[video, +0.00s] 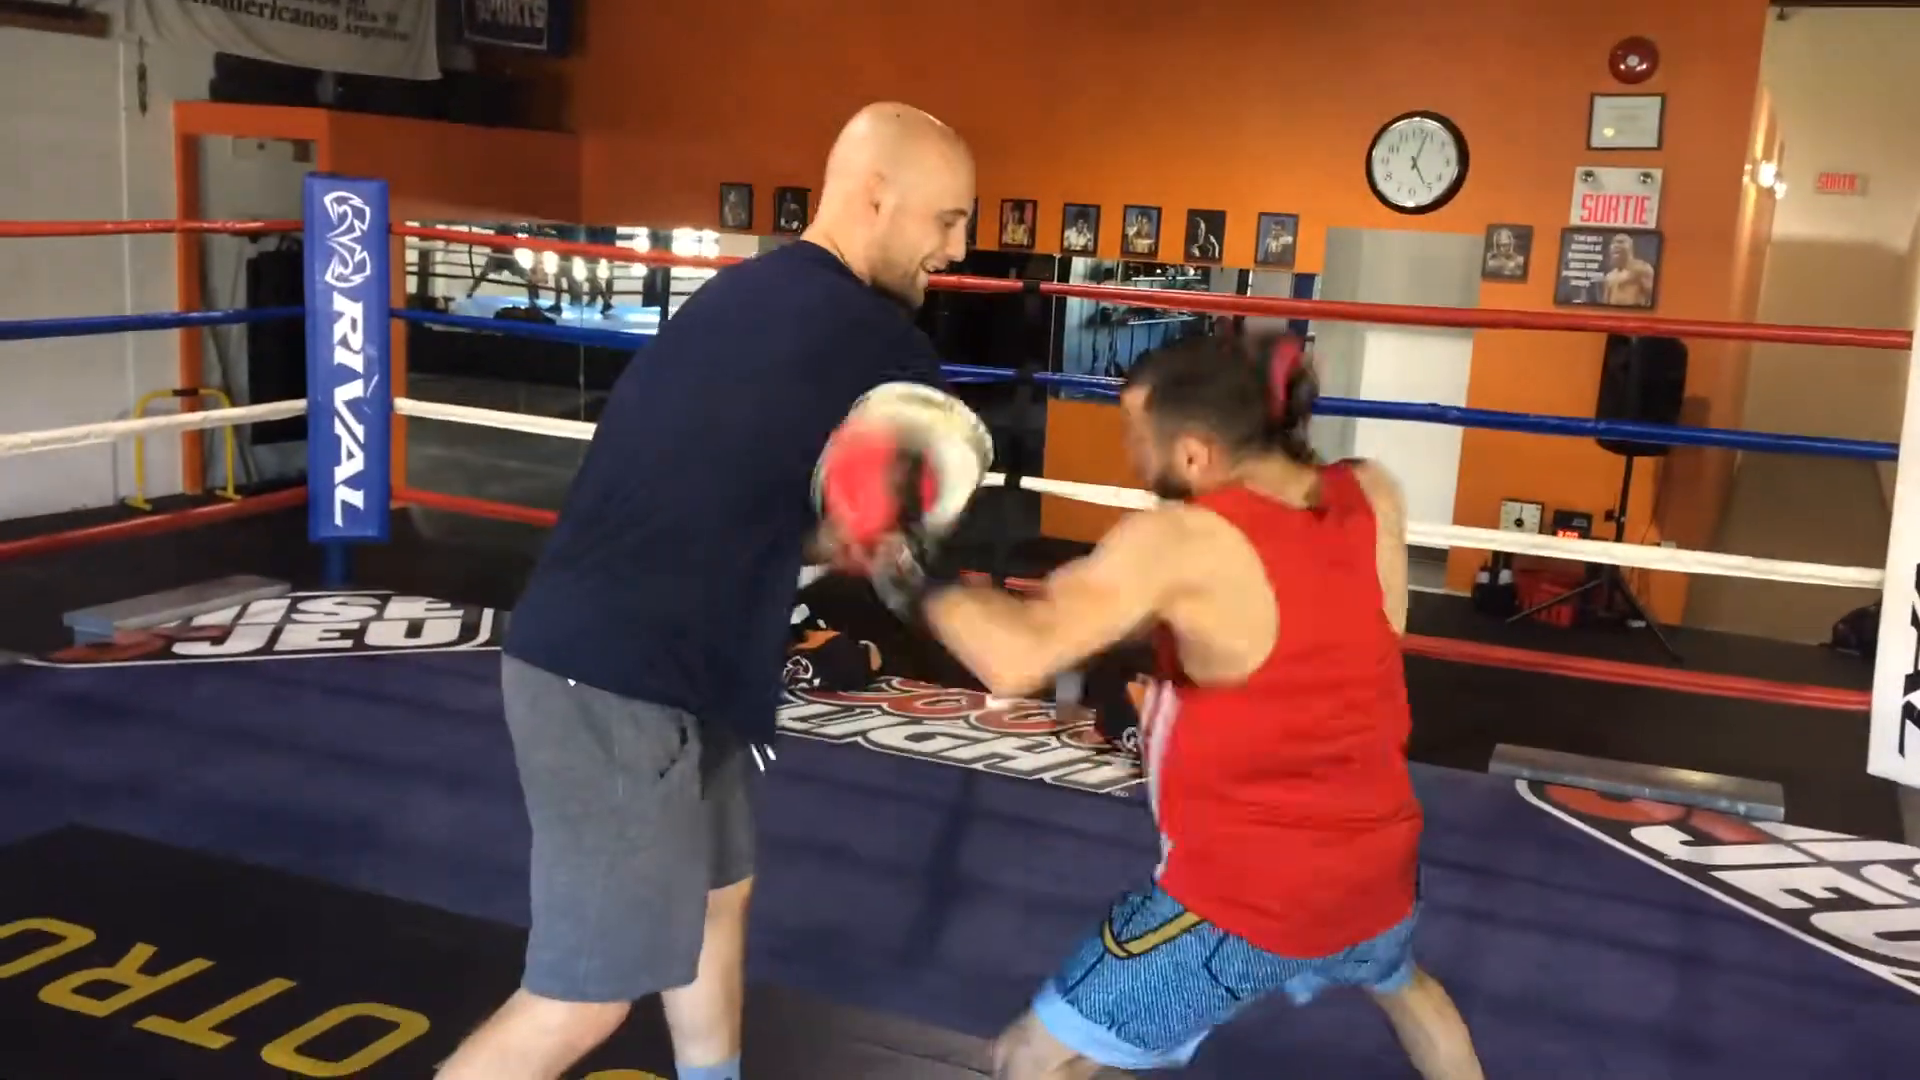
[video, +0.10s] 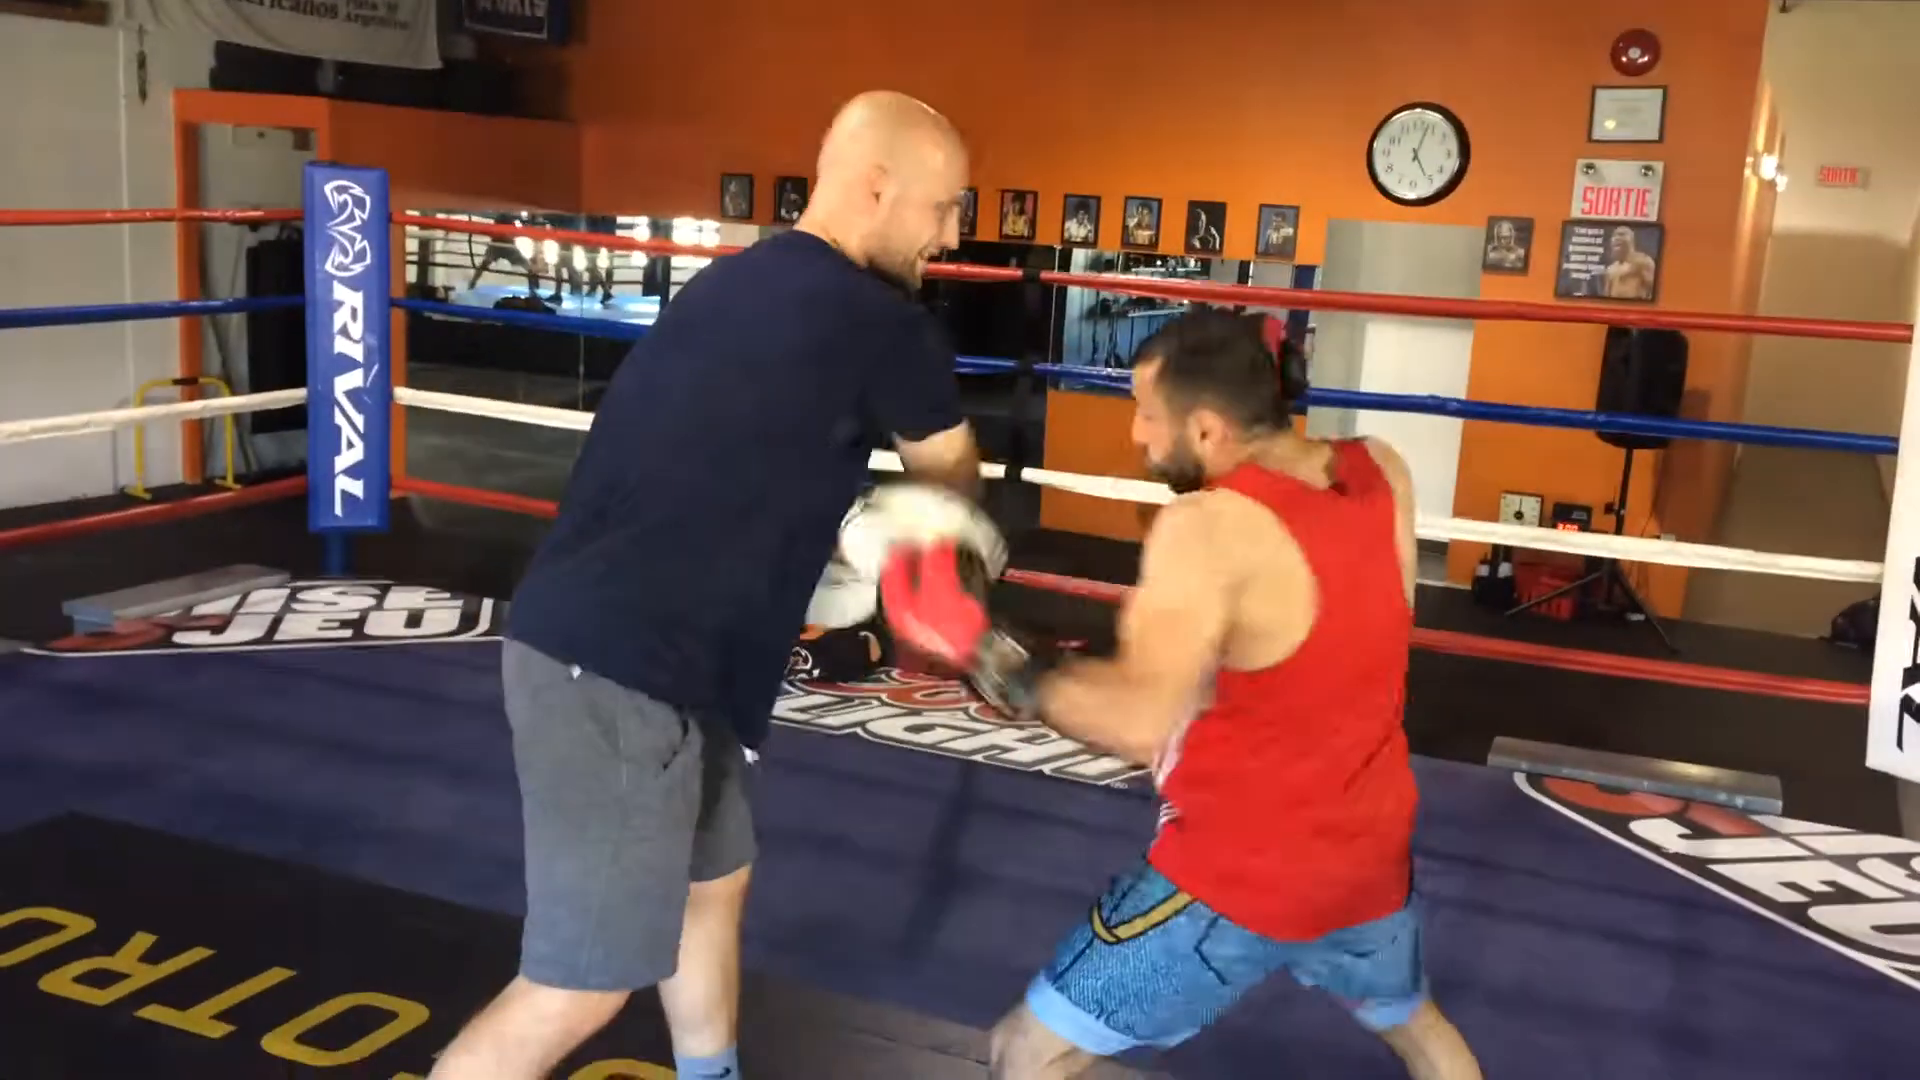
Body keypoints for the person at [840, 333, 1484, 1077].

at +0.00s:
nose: (1131, 458)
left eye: (1138, 441)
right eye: (1131, 439)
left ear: (1196, 455)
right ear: (1262, 431)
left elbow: (1013, 658)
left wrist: (914, 573)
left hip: (1244, 894)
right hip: (1378, 871)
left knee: (1031, 1059)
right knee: (1405, 987)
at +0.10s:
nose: (1134, 428)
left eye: (1146, 410)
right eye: (1136, 406)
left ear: (1208, 426)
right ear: (1269, 411)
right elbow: (1368, 625)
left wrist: (990, 652)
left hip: (1240, 868)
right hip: (1369, 846)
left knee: (1028, 1050)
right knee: (1413, 1022)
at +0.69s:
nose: (1153, 505)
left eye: (1174, 483)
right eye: (1155, 480)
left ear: (1242, 489)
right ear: (1254, 487)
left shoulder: (1275, 562)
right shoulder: (1359, 526)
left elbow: (1242, 756)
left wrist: (1141, 654)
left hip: (1385, 897)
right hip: (1476, 874)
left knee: (1117, 1032)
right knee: (1446, 971)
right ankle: (1510, 1077)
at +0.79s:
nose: (1208, 446)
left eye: (1229, 423)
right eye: (1208, 422)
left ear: (1305, 427)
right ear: (1311, 429)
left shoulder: (1341, 497)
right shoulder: (1396, 474)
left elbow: (1339, 691)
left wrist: (1224, 609)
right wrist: (1245, 600)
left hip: (1409, 846)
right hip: (1487, 829)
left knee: (1179, 1016)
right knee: (1448, 952)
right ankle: (1516, 1076)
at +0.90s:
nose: (1238, 394)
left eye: (1258, 369)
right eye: (1238, 367)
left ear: (1334, 371)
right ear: (1342, 373)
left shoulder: (1367, 447)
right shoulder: (1425, 430)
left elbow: (1358, 632)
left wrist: (1244, 540)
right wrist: (1279, 543)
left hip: (1410, 793)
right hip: (1494, 791)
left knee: (1189, 978)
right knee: (1458, 947)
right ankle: (1516, 1075)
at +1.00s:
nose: (1242, 376)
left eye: (1264, 350)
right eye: (1243, 349)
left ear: (1342, 357)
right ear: (1348, 359)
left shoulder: (1374, 436)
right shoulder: (1424, 418)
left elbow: (1329, 633)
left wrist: (1225, 515)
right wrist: (1246, 515)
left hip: (1400, 796)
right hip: (1486, 791)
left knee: (1191, 984)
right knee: (1467, 964)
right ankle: (1515, 1076)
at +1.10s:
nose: (1229, 372)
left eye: (1253, 350)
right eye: (1233, 346)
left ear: (1330, 367)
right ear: (1337, 368)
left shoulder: (1358, 463)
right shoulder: (1417, 428)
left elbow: (1274, 662)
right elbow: (1324, 601)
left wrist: (1190, 534)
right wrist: (1225, 514)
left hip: (1380, 809)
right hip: (1467, 796)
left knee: (1169, 996)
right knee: (1465, 970)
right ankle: (1515, 1078)